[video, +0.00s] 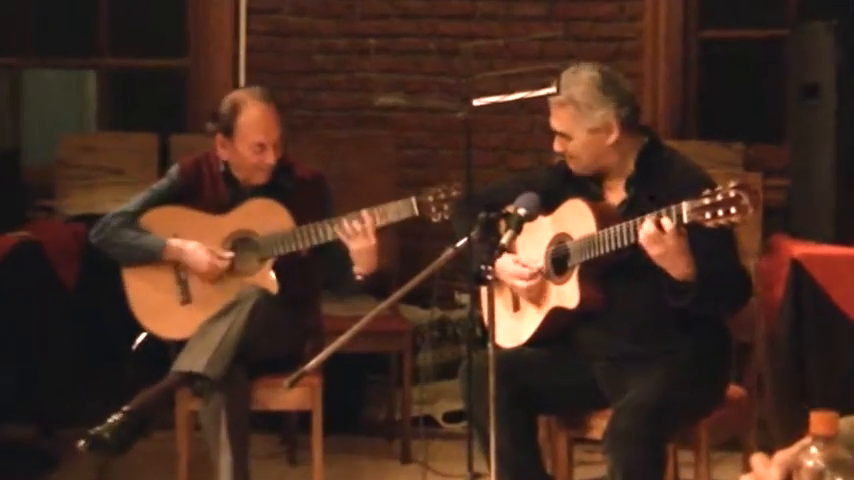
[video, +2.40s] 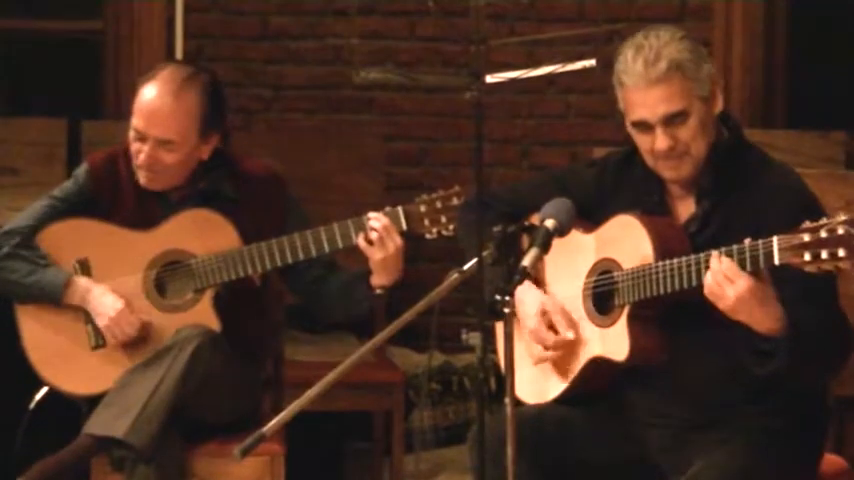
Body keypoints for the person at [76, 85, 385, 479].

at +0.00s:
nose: (270, 158)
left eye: (275, 146)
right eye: (257, 148)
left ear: (283, 139)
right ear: (223, 145)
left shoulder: (304, 188)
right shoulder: (192, 177)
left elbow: (331, 280)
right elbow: (105, 233)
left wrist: (362, 270)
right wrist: (177, 250)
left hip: (284, 331)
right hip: (208, 325)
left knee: (252, 300)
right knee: (225, 368)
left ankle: (143, 409)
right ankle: (232, 476)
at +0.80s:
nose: (233, 138)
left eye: (238, 123)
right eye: (216, 126)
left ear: (247, 120)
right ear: (178, 131)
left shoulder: (276, 189)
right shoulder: (147, 177)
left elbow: (302, 306)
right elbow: (45, 243)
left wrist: (324, 287)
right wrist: (136, 264)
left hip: (257, 361)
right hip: (166, 356)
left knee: (223, 324)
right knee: (188, 424)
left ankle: (92, 443)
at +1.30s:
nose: (170, 143)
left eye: (188, 130)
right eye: (160, 126)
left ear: (225, 132)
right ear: (150, 120)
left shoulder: (268, 190)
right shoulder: (130, 177)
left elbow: (292, 311)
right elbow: (30, 249)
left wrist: (316, 289)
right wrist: (120, 276)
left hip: (243, 366)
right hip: (148, 356)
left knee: (213, 330)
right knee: (176, 427)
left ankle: (97, 442)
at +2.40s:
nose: (142, 155)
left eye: (163, 145)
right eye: (136, 136)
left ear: (207, 147)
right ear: (129, 120)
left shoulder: (255, 192)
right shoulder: (105, 177)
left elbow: (315, 301)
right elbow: (5, 253)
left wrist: (379, 282)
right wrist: (86, 294)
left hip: (227, 385)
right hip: (113, 373)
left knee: (194, 345)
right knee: (149, 445)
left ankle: (70, 459)